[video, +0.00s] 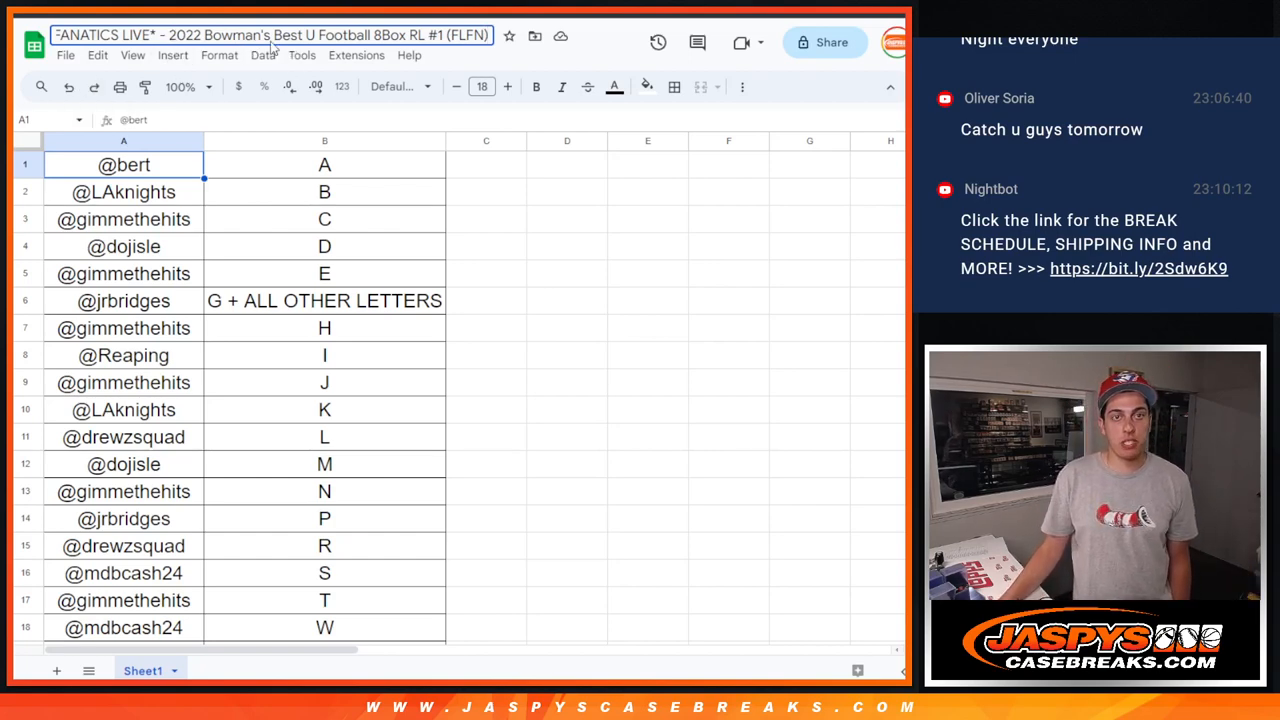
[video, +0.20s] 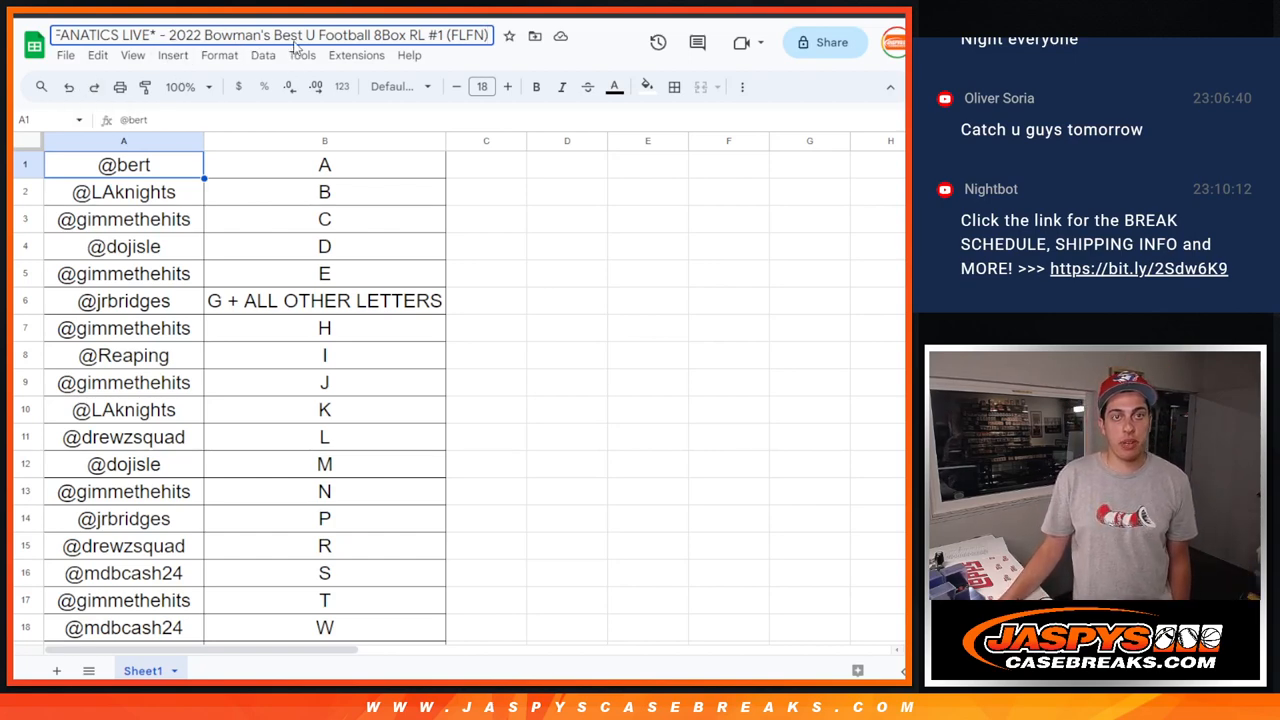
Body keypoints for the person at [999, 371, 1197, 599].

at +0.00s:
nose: (1129, 427)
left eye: (1138, 415)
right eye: (1117, 416)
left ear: (1150, 421)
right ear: (1102, 424)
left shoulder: (1174, 480)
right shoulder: (1074, 476)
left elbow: (1179, 557)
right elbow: (1051, 548)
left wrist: (1180, 612)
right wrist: (1005, 601)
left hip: (1152, 607)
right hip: (1090, 607)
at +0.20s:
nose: (1128, 427)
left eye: (1138, 415)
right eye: (1117, 416)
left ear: (1150, 421)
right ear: (1102, 424)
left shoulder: (1174, 481)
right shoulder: (1074, 476)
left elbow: (1179, 557)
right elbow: (1051, 549)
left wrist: (1180, 610)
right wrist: (1006, 600)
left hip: (1152, 606)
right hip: (1090, 606)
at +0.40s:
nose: (1128, 428)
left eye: (1138, 415)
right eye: (1116, 417)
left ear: (1150, 421)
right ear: (1102, 425)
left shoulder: (1175, 481)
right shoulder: (1073, 476)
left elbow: (1179, 556)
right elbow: (1051, 549)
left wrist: (1180, 611)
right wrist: (1007, 599)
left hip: (1153, 607)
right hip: (1090, 607)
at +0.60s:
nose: (1127, 428)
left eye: (1137, 415)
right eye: (1115, 417)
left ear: (1149, 421)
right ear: (1101, 425)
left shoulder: (1175, 481)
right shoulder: (1073, 476)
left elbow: (1179, 557)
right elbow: (1051, 549)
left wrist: (1180, 611)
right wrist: (1007, 599)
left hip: (1153, 607)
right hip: (1090, 607)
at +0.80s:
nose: (1127, 428)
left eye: (1137, 415)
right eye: (1115, 417)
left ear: (1149, 421)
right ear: (1101, 425)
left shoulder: (1175, 481)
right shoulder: (1073, 476)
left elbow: (1179, 557)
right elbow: (1051, 549)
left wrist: (1180, 611)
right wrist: (1007, 599)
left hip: (1153, 607)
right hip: (1090, 607)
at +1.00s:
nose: (1127, 428)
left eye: (1137, 415)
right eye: (1115, 416)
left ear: (1149, 421)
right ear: (1101, 425)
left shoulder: (1175, 481)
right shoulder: (1073, 476)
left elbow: (1179, 557)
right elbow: (1051, 549)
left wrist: (1180, 611)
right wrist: (1007, 599)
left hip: (1153, 607)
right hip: (1090, 607)